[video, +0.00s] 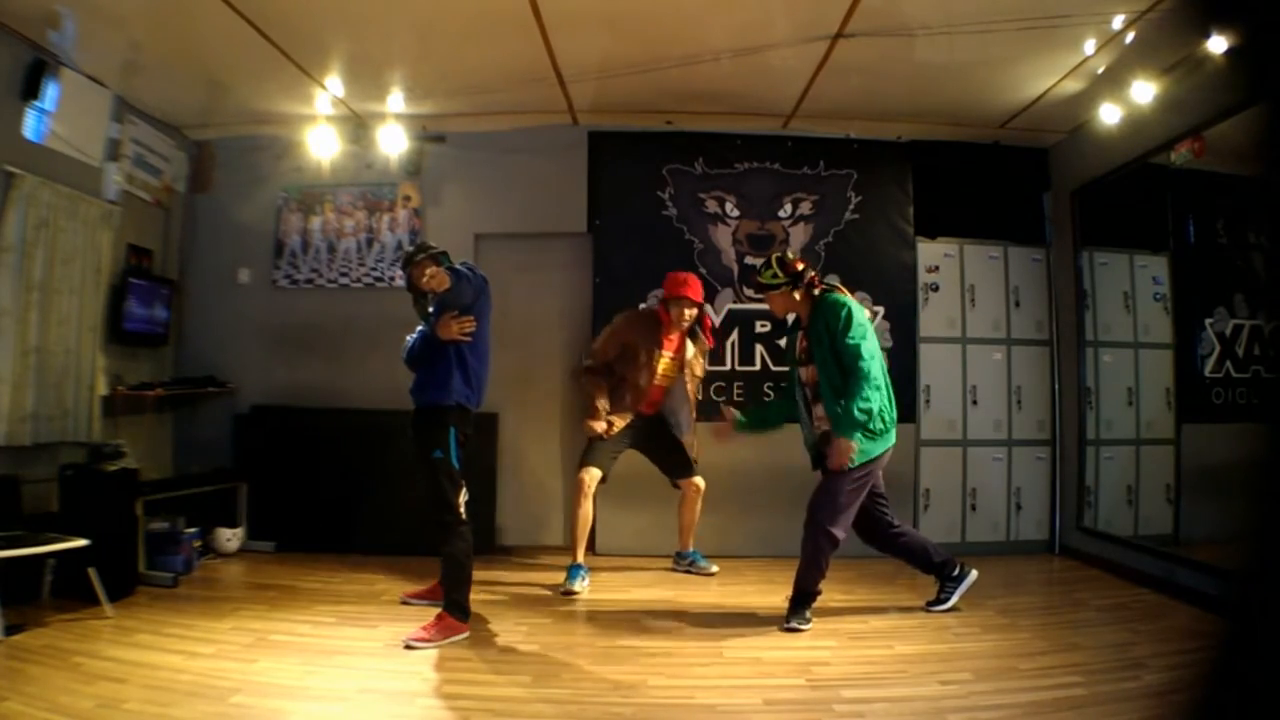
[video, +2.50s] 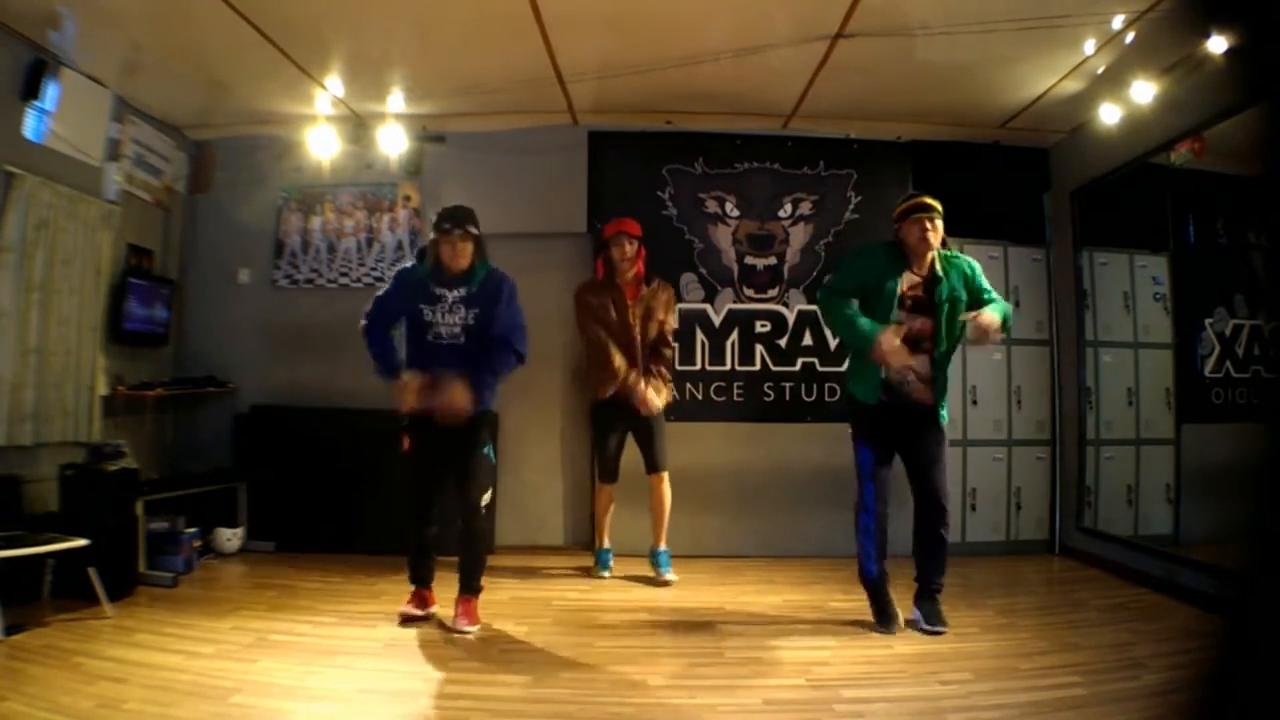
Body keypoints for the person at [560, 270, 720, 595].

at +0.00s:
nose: (686, 313)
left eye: (692, 307)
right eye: (680, 305)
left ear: (699, 310)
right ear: (665, 304)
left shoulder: (694, 345)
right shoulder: (633, 324)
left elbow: (691, 396)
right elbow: (594, 365)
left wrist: (690, 440)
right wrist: (599, 412)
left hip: (654, 422)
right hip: (618, 418)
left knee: (694, 485)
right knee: (586, 479)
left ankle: (685, 554)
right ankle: (577, 566)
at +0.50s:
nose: (661, 290)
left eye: (667, 284)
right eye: (657, 281)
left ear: (670, 287)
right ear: (640, 276)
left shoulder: (647, 314)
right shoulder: (615, 306)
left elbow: (652, 361)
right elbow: (636, 362)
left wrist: (688, 367)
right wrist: (684, 368)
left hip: (642, 414)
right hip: (609, 412)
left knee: (676, 478)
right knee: (605, 489)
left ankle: (676, 559)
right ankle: (579, 567)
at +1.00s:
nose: (692, 273)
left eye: (696, 266)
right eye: (684, 267)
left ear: (704, 273)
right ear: (672, 274)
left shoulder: (712, 323)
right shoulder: (652, 312)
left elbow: (722, 378)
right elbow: (652, 370)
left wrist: (728, 428)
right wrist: (667, 420)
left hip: (693, 418)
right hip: (649, 414)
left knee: (714, 487)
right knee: (618, 486)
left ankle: (693, 555)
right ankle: (584, 563)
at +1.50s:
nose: (660, 265)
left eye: (667, 260)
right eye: (657, 259)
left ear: (683, 265)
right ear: (652, 263)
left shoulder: (715, 306)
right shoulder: (643, 306)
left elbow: (742, 351)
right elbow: (607, 338)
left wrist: (720, 391)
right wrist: (589, 369)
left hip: (701, 406)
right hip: (659, 403)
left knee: (699, 483)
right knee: (626, 468)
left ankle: (708, 554)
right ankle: (642, 534)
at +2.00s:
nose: (612, 259)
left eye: (618, 252)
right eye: (605, 253)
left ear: (630, 257)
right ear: (596, 260)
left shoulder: (657, 298)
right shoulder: (588, 305)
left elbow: (659, 357)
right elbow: (587, 361)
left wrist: (649, 412)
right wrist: (605, 411)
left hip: (650, 402)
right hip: (609, 404)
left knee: (666, 479)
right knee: (600, 481)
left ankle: (676, 534)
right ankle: (599, 558)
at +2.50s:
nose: (623, 250)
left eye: (630, 243)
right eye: (616, 244)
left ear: (640, 248)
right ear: (606, 250)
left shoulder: (660, 291)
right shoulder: (590, 293)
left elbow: (666, 345)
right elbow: (599, 346)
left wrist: (656, 386)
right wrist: (633, 385)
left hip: (650, 395)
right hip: (609, 395)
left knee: (658, 471)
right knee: (605, 477)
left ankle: (661, 550)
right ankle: (603, 551)